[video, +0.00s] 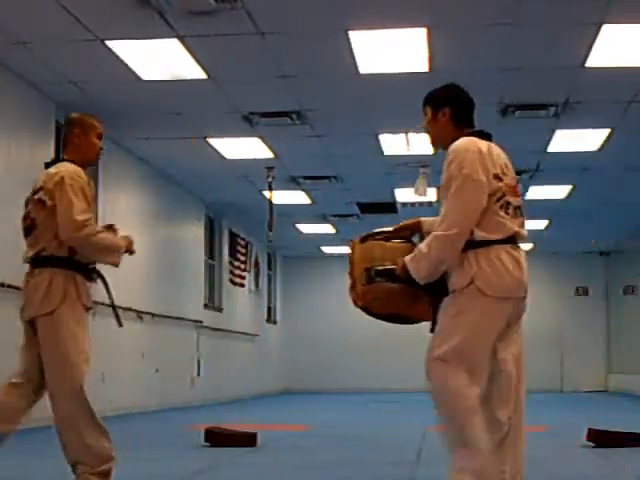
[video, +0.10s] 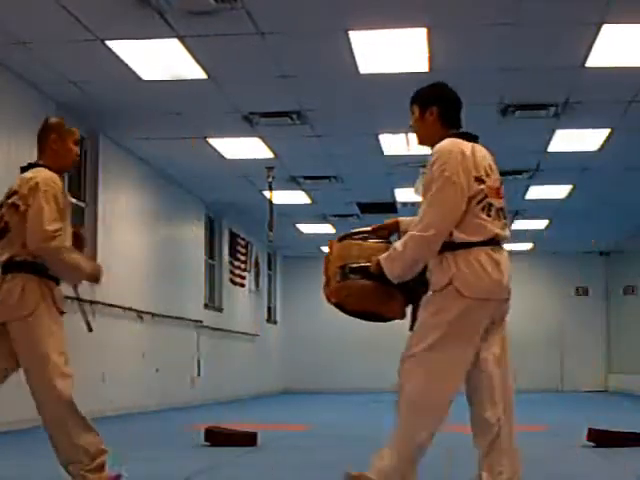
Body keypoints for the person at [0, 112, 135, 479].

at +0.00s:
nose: (102, 146)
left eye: (101, 139)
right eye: (97, 138)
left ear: (73, 141)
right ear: (75, 138)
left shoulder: (50, 177)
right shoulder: (69, 174)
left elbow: (58, 237)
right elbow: (78, 234)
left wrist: (100, 234)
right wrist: (119, 245)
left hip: (40, 283)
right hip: (59, 283)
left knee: (30, 379)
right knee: (68, 380)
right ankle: (93, 466)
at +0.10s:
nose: (79, 151)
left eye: (79, 144)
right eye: (74, 143)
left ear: (48, 145)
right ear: (53, 143)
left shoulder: (26, 182)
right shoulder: (45, 181)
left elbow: (23, 240)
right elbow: (46, 240)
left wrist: (65, 241)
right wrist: (85, 268)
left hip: (12, 286)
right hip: (26, 287)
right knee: (53, 382)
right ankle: (88, 466)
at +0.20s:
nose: (55, 167)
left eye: (55, 159)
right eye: (51, 158)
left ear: (27, 159)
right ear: (29, 158)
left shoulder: (14, 195)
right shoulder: (19, 199)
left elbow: (13, 261)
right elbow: (16, 264)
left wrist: (36, 266)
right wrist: (53, 303)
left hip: (10, 307)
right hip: (7, 308)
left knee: (30, 389)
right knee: (30, 389)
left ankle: (79, 463)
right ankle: (79, 463)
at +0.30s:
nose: (40, 166)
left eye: (40, 159)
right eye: (35, 157)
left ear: (15, 160)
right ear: (14, 158)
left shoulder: (11, 197)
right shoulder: (6, 197)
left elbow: (6, 261)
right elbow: (5, 261)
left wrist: (21, 269)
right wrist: (36, 290)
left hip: (7, 306)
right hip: (3, 307)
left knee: (21, 386)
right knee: (21, 386)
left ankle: (58, 464)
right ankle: (58, 465)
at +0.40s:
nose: (35, 144)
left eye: (35, 138)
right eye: (29, 137)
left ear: (15, 140)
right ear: (8, 137)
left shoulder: (12, 179)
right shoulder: (6, 177)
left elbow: (10, 236)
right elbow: (6, 238)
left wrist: (33, 255)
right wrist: (37, 258)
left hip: (9, 281)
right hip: (5, 283)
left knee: (28, 358)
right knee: (24, 358)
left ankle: (18, 451)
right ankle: (13, 453)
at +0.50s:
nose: (34, 138)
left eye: (34, 132)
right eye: (29, 130)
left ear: (13, 132)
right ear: (8, 130)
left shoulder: (12, 169)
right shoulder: (7, 166)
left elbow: (13, 223)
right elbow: (10, 222)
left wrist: (45, 236)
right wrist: (51, 237)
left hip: (6, 272)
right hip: (3, 273)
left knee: (22, 351)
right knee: (22, 351)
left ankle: (14, 447)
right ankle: (11, 448)